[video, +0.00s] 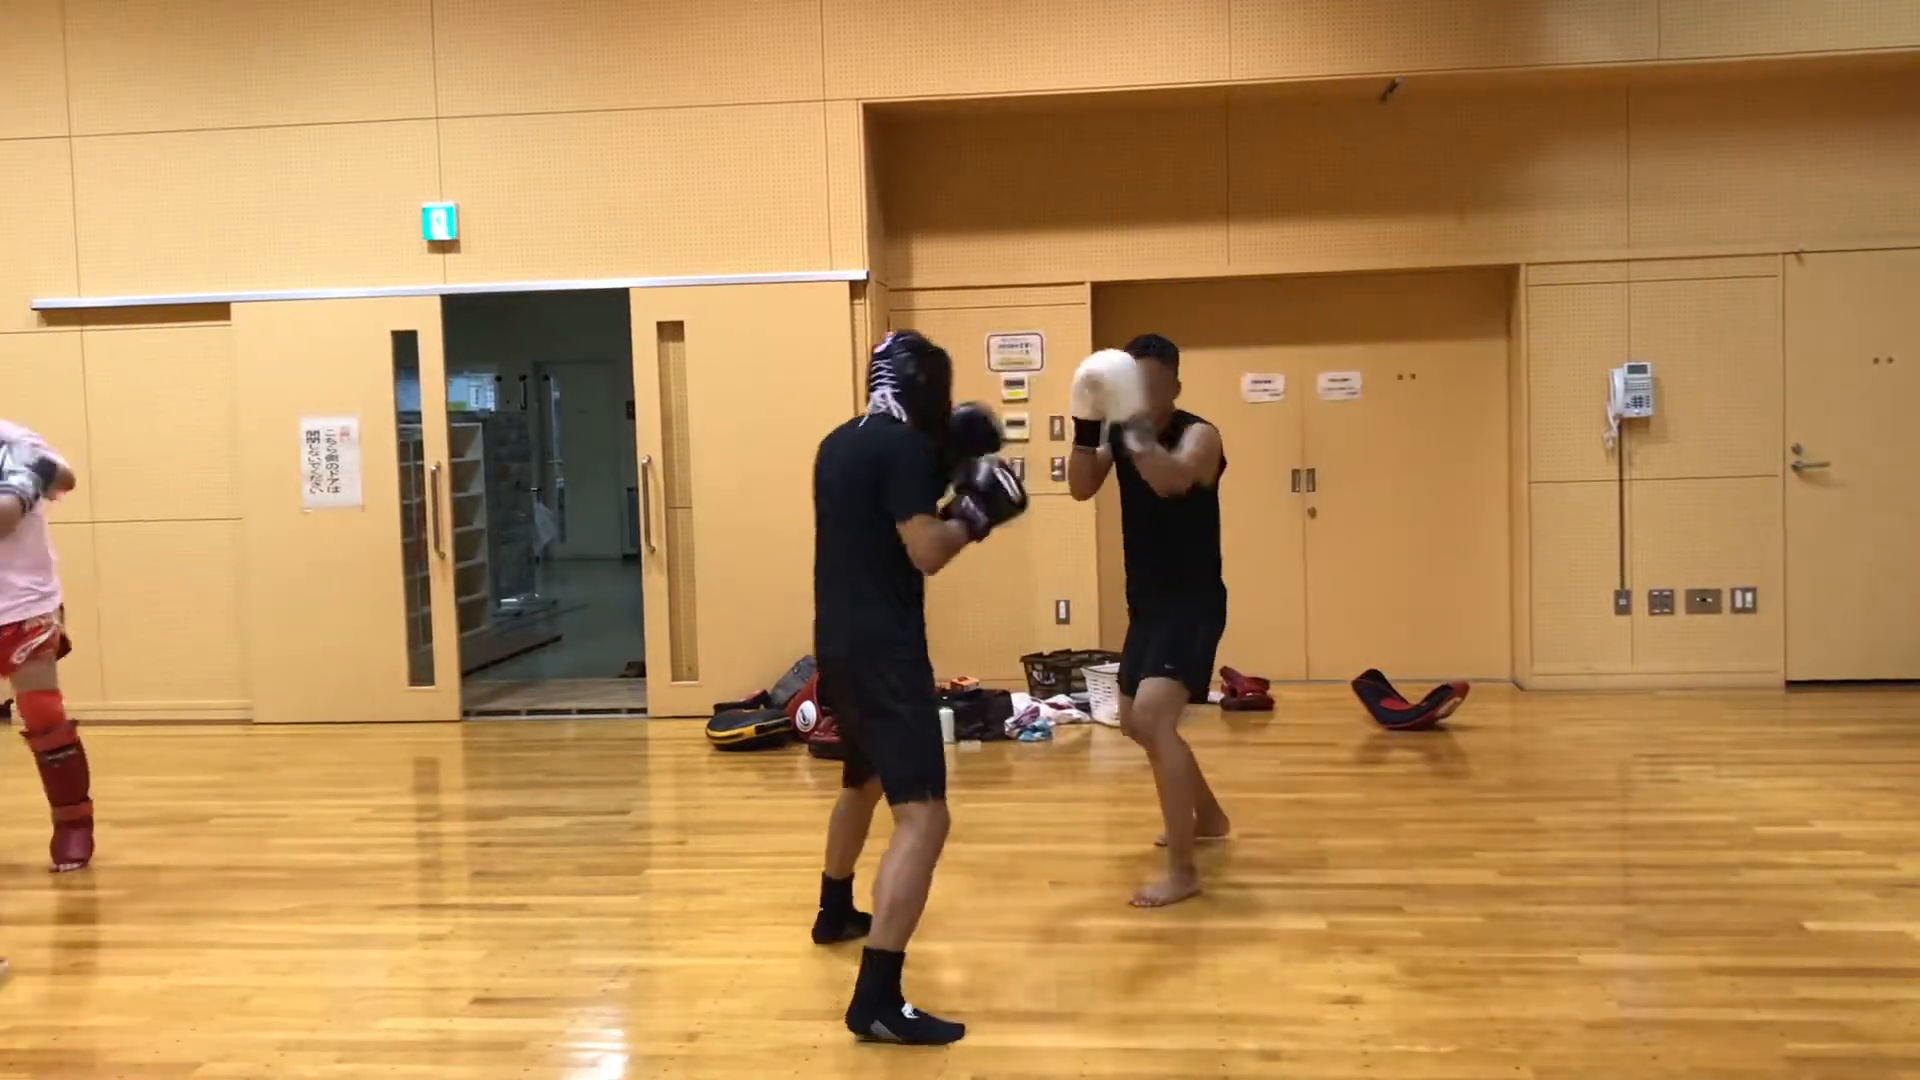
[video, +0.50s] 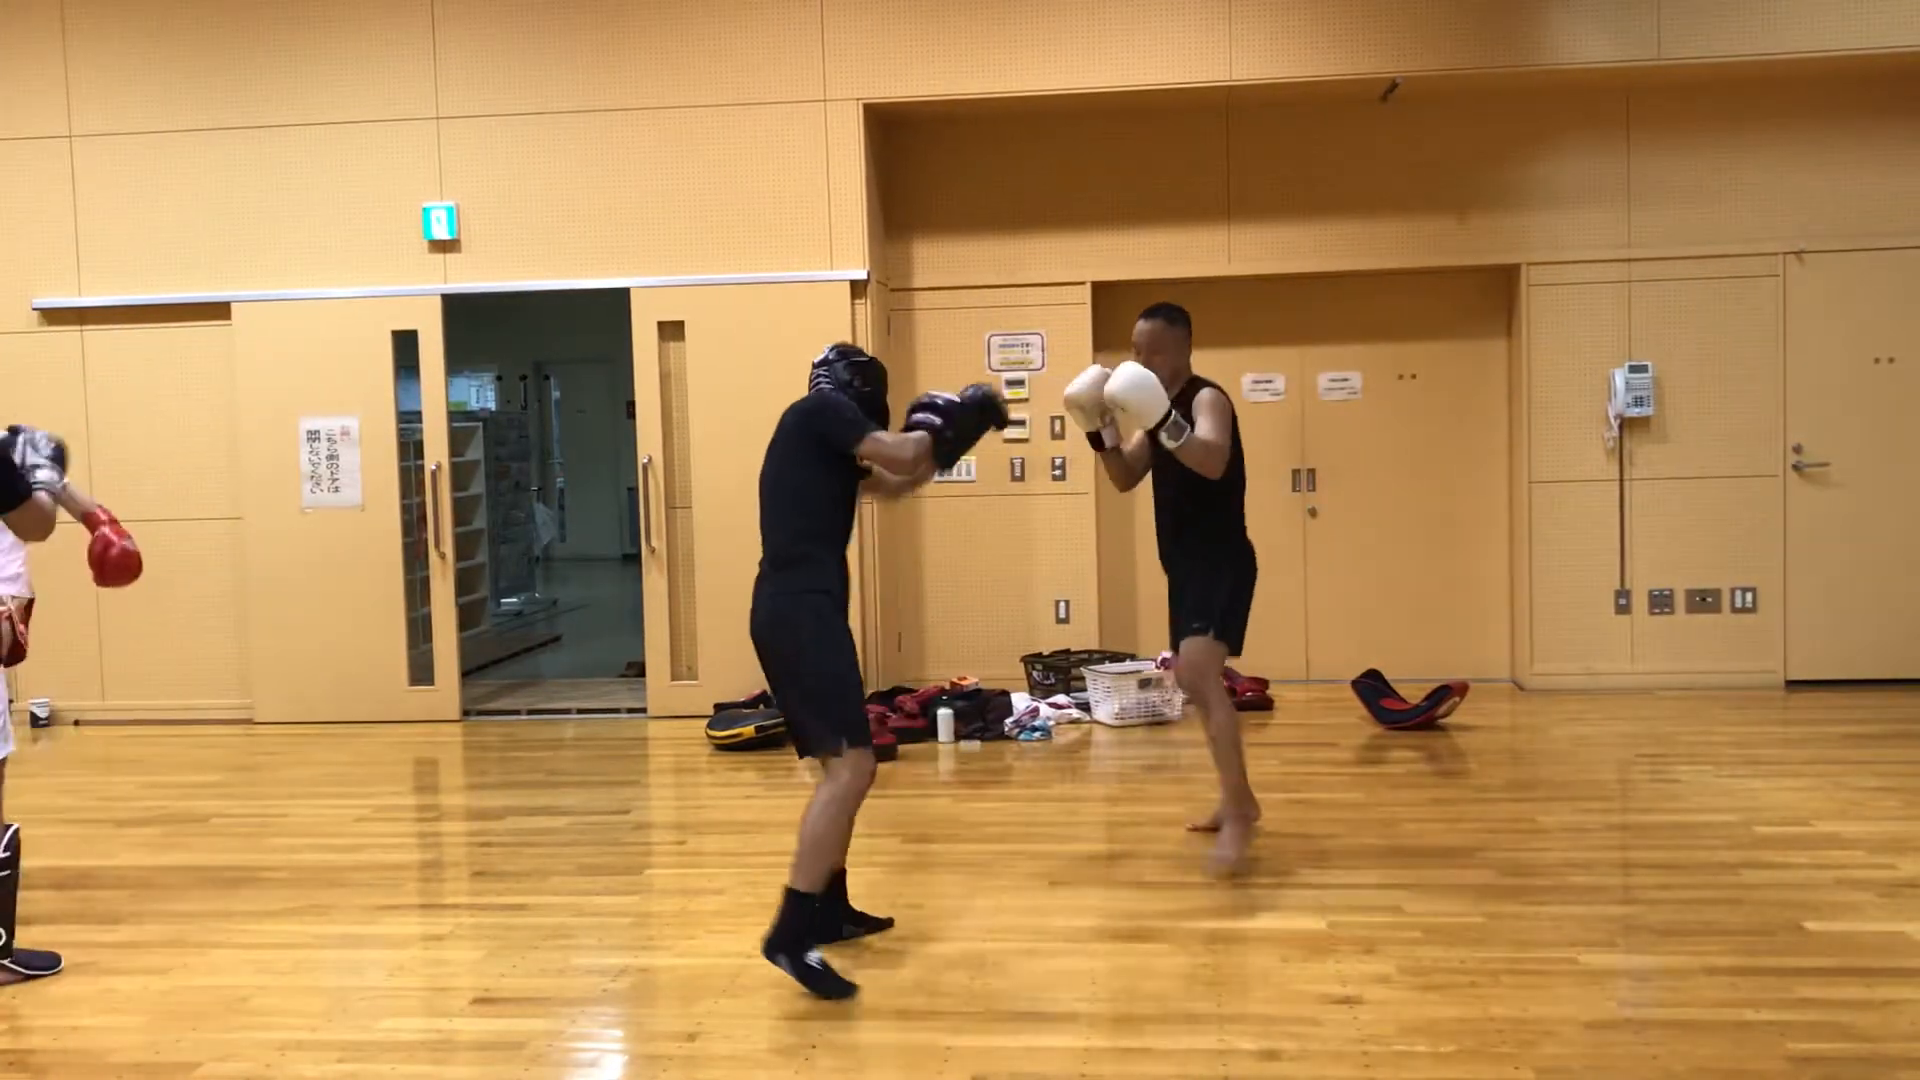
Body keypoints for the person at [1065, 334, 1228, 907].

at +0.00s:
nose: (1142, 401)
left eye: (1153, 390)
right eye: (1135, 390)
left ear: (1176, 387)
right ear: (1125, 392)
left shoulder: (1199, 436)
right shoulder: (1118, 437)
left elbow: (1171, 482)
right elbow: (1081, 488)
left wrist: (1135, 433)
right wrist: (1086, 423)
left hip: (1193, 600)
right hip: (1146, 602)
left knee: (1154, 718)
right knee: (1135, 719)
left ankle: (1182, 871)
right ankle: (1208, 817)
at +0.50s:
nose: (1143, 365)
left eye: (1151, 355)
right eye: (1138, 355)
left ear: (1181, 350)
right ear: (1139, 352)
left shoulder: (1207, 400)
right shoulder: (1160, 411)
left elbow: (1213, 463)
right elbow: (1126, 477)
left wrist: (1164, 419)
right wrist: (1097, 425)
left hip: (1219, 561)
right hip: (1186, 564)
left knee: (1199, 674)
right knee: (1196, 678)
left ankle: (1237, 812)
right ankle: (1237, 799)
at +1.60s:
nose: (1122, 406)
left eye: (1126, 393)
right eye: (1117, 396)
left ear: (1159, 382)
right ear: (1162, 385)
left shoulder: (1168, 434)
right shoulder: (1192, 429)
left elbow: (1109, 484)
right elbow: (1125, 474)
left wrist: (1075, 428)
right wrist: (1106, 417)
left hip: (1176, 598)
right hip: (1206, 594)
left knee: (1107, 697)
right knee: (1203, 699)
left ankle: (1111, 833)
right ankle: (1271, 802)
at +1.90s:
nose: (1138, 394)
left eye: (1143, 382)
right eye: (1135, 385)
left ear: (1172, 374)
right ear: (1184, 376)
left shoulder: (1177, 422)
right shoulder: (1214, 423)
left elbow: (1118, 471)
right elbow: (1143, 471)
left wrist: (1069, 429)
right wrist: (1121, 420)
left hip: (1182, 586)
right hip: (1218, 583)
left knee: (1130, 690)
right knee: (1211, 693)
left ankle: (1112, 829)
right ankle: (1270, 801)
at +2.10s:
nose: (1130, 397)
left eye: (1135, 384)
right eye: (1127, 387)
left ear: (1167, 375)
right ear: (1173, 378)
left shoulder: (1178, 426)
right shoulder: (1208, 422)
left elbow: (1133, 492)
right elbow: (1146, 483)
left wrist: (1090, 442)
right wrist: (1120, 434)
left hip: (1187, 590)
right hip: (1221, 586)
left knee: (1125, 693)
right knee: (1218, 695)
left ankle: (1147, 832)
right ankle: (1271, 802)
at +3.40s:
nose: (1163, 400)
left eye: (1165, 388)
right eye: (1159, 391)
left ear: (1192, 381)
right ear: (1210, 379)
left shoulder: (1202, 434)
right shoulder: (1248, 424)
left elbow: (1132, 488)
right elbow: (1179, 475)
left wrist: (1099, 433)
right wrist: (1154, 425)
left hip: (1194, 601)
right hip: (1244, 599)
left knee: (1128, 699)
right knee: (1263, 709)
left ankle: (1105, 834)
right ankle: (1325, 823)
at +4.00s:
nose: (1136, 389)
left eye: (1136, 379)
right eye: (1136, 379)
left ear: (1146, 378)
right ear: (1188, 365)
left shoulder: (1155, 435)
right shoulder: (1247, 408)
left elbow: (1110, 512)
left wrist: (1083, 468)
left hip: (1202, 597)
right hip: (1271, 590)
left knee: (1159, 719)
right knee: (1303, 710)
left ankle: (1166, 864)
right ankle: (1338, 842)